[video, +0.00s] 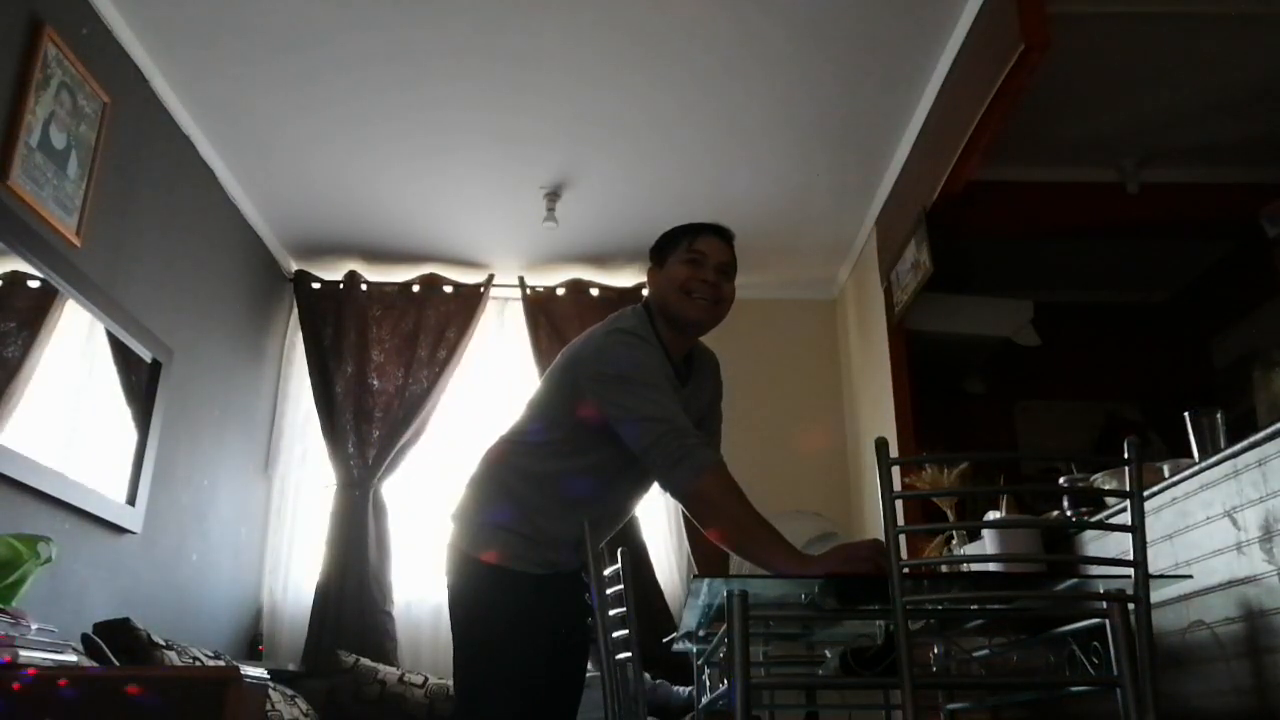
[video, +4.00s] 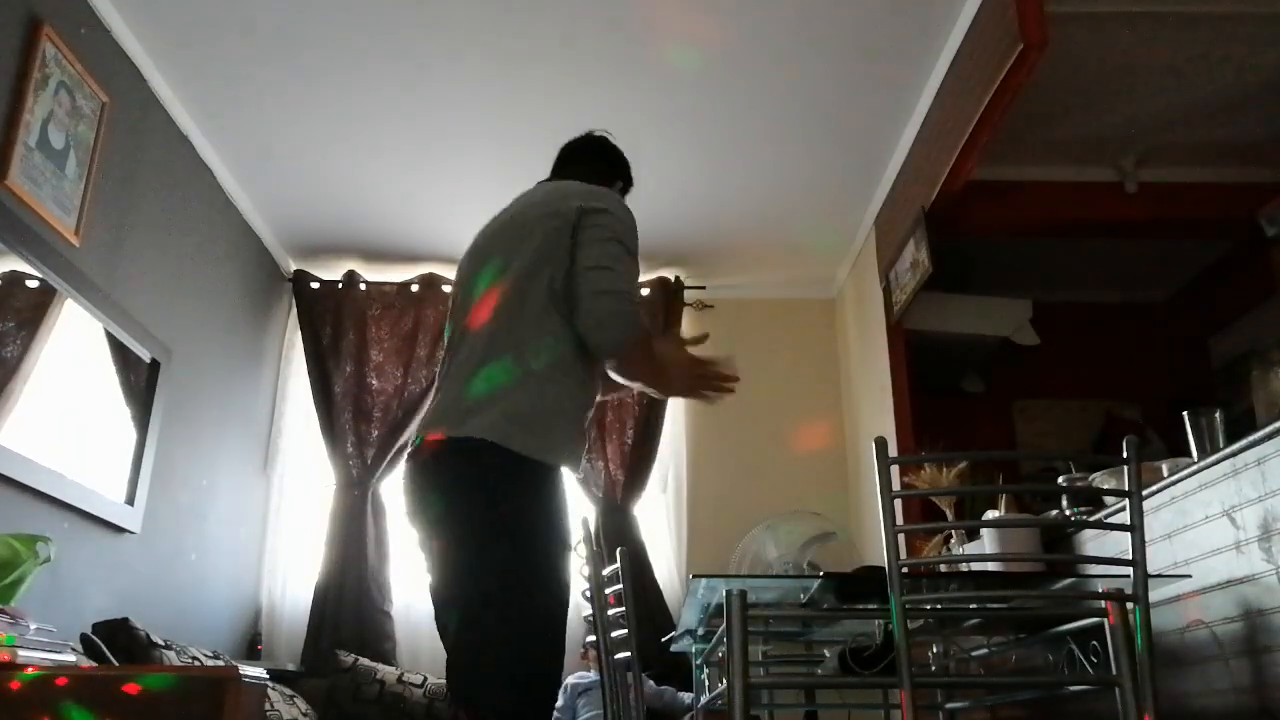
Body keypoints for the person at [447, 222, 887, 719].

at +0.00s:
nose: (710, 280)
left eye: (725, 273)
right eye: (693, 263)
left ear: (732, 294)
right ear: (653, 274)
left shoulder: (700, 369)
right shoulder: (620, 349)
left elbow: (702, 491)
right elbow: (692, 478)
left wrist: (721, 599)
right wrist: (800, 564)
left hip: (568, 556)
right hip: (502, 547)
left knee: (553, 703)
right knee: (497, 706)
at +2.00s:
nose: (711, 279)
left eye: (726, 273)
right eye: (695, 261)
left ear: (731, 297)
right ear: (653, 272)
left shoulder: (693, 370)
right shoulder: (617, 344)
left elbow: (697, 488)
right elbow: (689, 475)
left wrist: (720, 597)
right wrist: (797, 564)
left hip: (553, 553)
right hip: (489, 542)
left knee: (545, 706)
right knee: (486, 707)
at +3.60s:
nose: (714, 327)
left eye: (718, 312)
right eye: (714, 307)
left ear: (671, 290)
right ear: (679, 289)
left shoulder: (624, 355)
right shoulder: (605, 342)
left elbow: (671, 499)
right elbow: (686, 474)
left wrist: (718, 599)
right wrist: (803, 562)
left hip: (505, 563)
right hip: (473, 560)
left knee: (550, 712)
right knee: (546, 714)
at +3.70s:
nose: (685, 325)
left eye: (690, 308)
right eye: (689, 305)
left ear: (626, 281)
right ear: (668, 290)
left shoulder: (579, 335)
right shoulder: (599, 333)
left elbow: (656, 487)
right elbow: (682, 456)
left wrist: (722, 579)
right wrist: (799, 547)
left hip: (470, 563)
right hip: (484, 566)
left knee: (520, 714)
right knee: (555, 713)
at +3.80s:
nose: (656, 286)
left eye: (660, 275)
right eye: (660, 272)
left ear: (595, 250)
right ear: (645, 261)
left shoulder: (547, 299)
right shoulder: (596, 295)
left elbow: (607, 449)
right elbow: (635, 416)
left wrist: (708, 500)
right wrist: (771, 464)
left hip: (462, 537)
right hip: (498, 541)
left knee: (520, 707)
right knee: (552, 708)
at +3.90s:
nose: (642, 242)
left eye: (644, 231)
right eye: (645, 229)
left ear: (585, 202)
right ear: (639, 216)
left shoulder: (534, 248)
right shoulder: (598, 237)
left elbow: (565, 397)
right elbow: (605, 353)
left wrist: (673, 420)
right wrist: (725, 378)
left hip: (461, 484)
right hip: (501, 490)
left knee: (491, 679)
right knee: (530, 684)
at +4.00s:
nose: (623, 204)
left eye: (625, 197)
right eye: (623, 195)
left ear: (556, 174)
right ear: (615, 184)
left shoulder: (500, 228)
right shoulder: (599, 205)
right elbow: (611, 327)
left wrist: (633, 357)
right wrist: (667, 374)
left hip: (440, 459)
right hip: (504, 459)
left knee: (473, 654)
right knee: (523, 662)